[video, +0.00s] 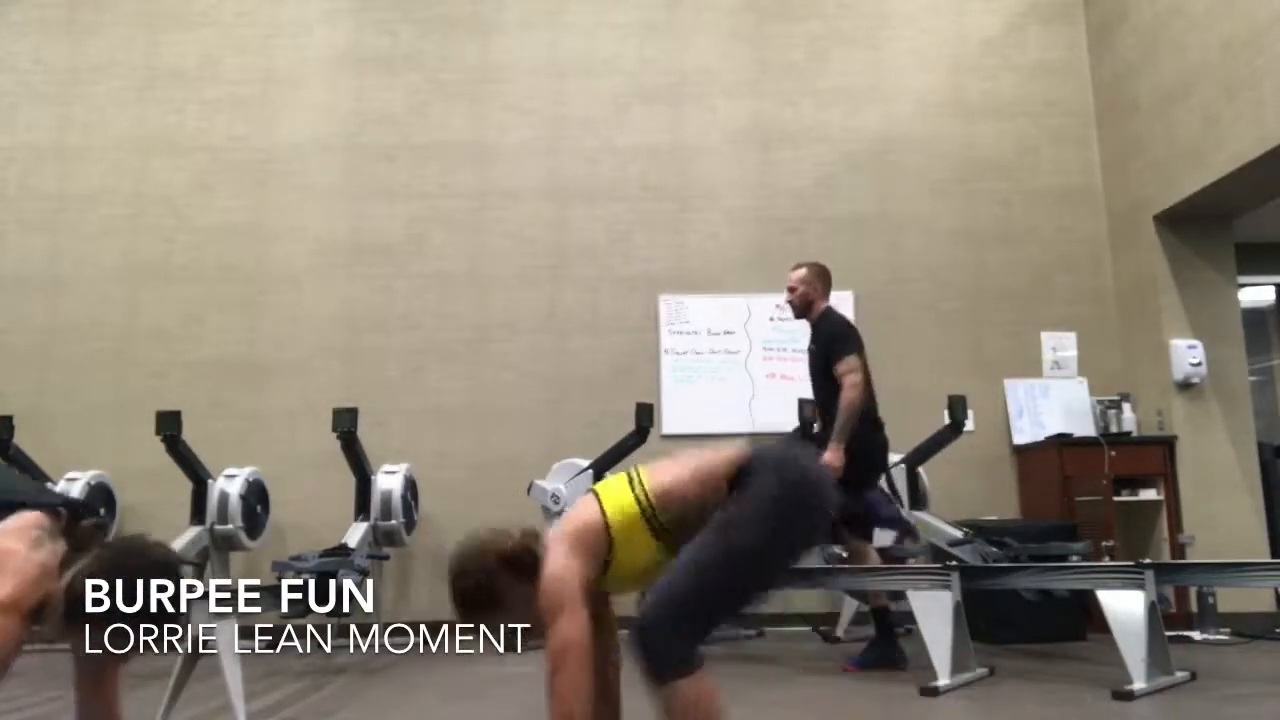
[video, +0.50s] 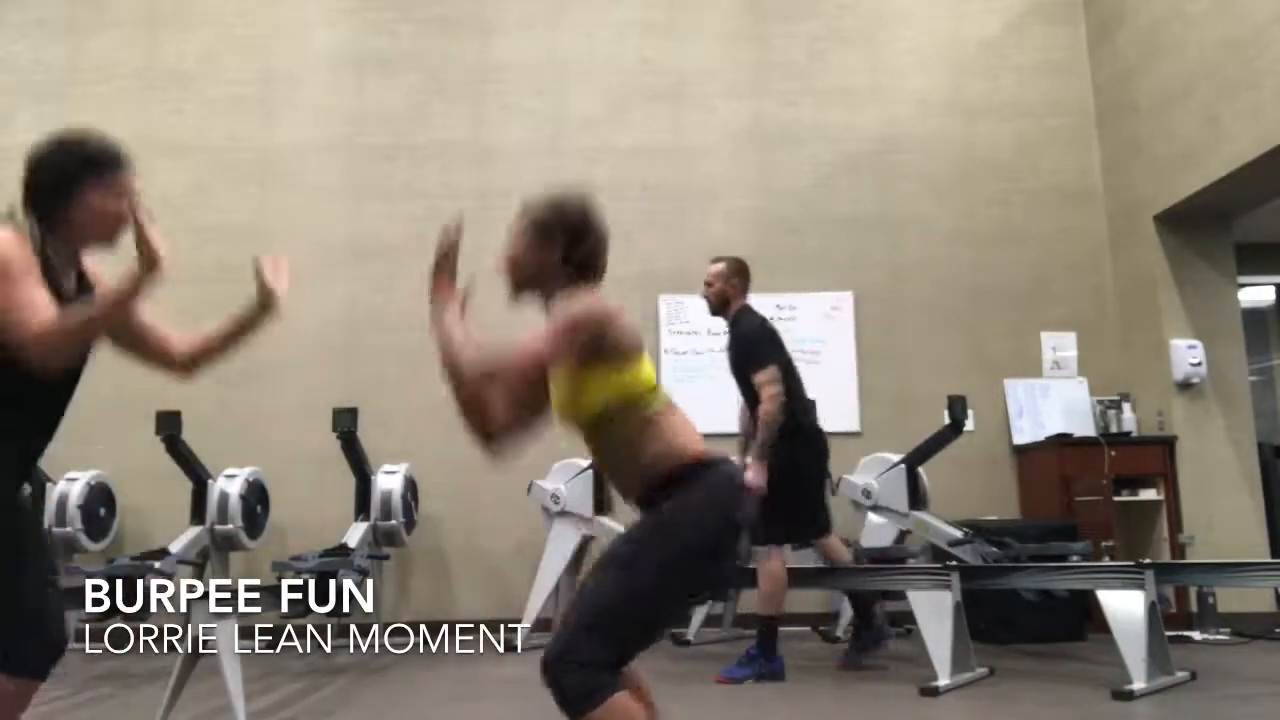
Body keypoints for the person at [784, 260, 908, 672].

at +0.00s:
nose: (788, 296)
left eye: (794, 289)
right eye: (788, 289)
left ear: (817, 292)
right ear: (808, 293)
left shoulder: (834, 328)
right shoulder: (820, 330)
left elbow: (854, 384)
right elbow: (835, 391)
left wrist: (836, 445)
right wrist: (827, 437)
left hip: (857, 445)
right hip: (848, 444)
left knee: (855, 541)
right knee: (853, 540)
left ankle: (886, 638)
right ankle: (884, 637)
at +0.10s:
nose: (782, 295)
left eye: (788, 288)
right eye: (783, 288)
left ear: (811, 291)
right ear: (808, 292)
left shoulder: (824, 327)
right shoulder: (820, 327)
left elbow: (839, 385)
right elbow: (832, 392)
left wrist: (815, 444)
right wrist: (810, 440)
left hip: (843, 450)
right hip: (848, 449)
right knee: (850, 547)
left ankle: (886, 638)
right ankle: (884, 638)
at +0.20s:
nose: (770, 297)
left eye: (775, 290)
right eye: (770, 290)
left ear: (798, 292)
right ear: (796, 293)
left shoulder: (811, 327)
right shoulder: (810, 327)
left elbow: (824, 387)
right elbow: (825, 393)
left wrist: (796, 445)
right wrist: (805, 444)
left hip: (833, 445)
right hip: (843, 443)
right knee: (849, 544)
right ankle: (884, 639)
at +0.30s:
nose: (750, 297)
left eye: (757, 290)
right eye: (751, 290)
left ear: (780, 294)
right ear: (777, 295)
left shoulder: (792, 331)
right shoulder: (791, 330)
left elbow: (808, 390)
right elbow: (810, 395)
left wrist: (783, 441)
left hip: (817, 449)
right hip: (833, 448)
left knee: (784, 544)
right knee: (847, 545)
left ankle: (769, 647)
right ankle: (884, 640)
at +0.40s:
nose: (729, 297)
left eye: (736, 291)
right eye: (730, 291)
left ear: (759, 292)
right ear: (756, 294)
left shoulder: (771, 332)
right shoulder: (771, 331)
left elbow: (793, 396)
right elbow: (794, 398)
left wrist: (771, 447)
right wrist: (780, 445)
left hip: (806, 451)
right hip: (817, 449)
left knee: (777, 546)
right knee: (842, 545)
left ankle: (766, 652)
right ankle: (882, 640)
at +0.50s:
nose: (704, 291)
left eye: (711, 284)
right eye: (705, 284)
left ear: (734, 288)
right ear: (728, 288)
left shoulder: (749, 329)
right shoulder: (740, 329)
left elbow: (774, 397)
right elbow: (751, 401)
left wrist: (758, 458)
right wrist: (743, 453)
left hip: (789, 444)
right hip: (796, 441)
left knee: (768, 545)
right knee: (820, 534)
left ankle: (765, 652)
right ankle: (869, 619)